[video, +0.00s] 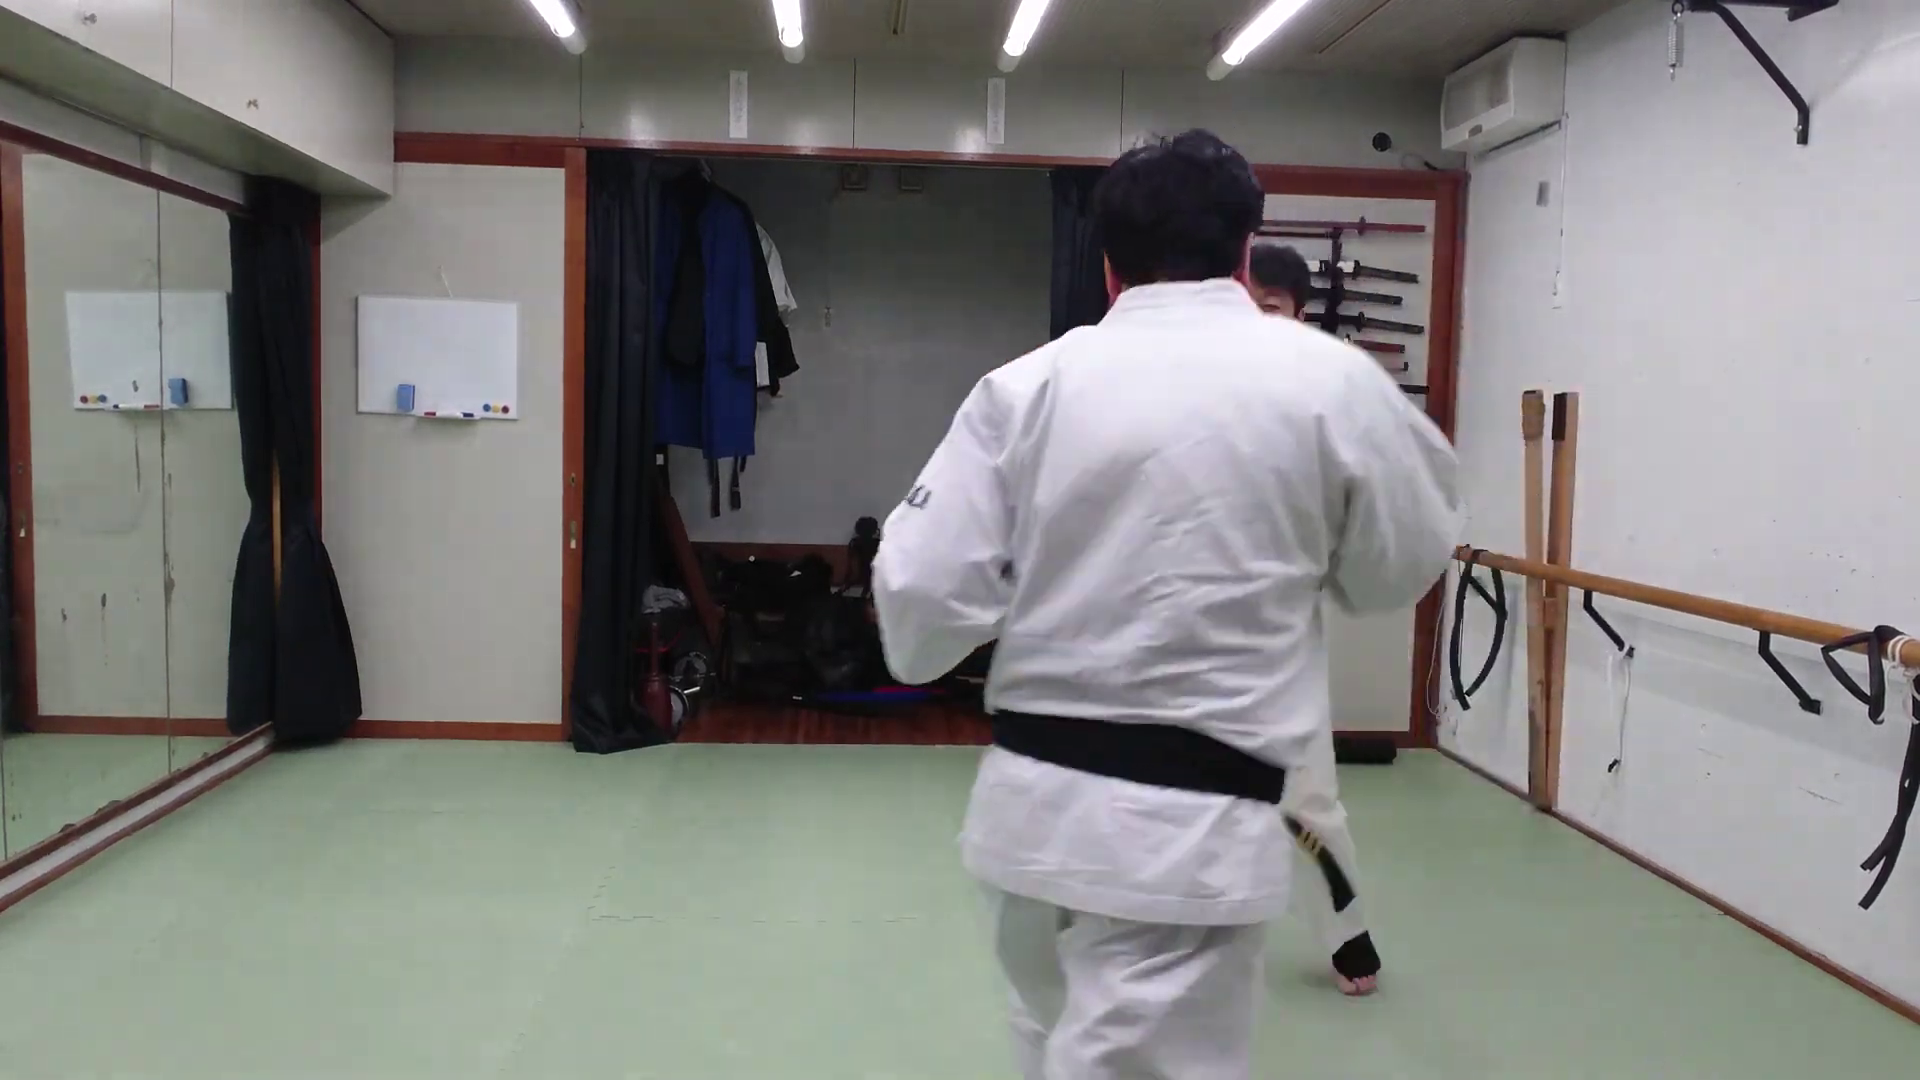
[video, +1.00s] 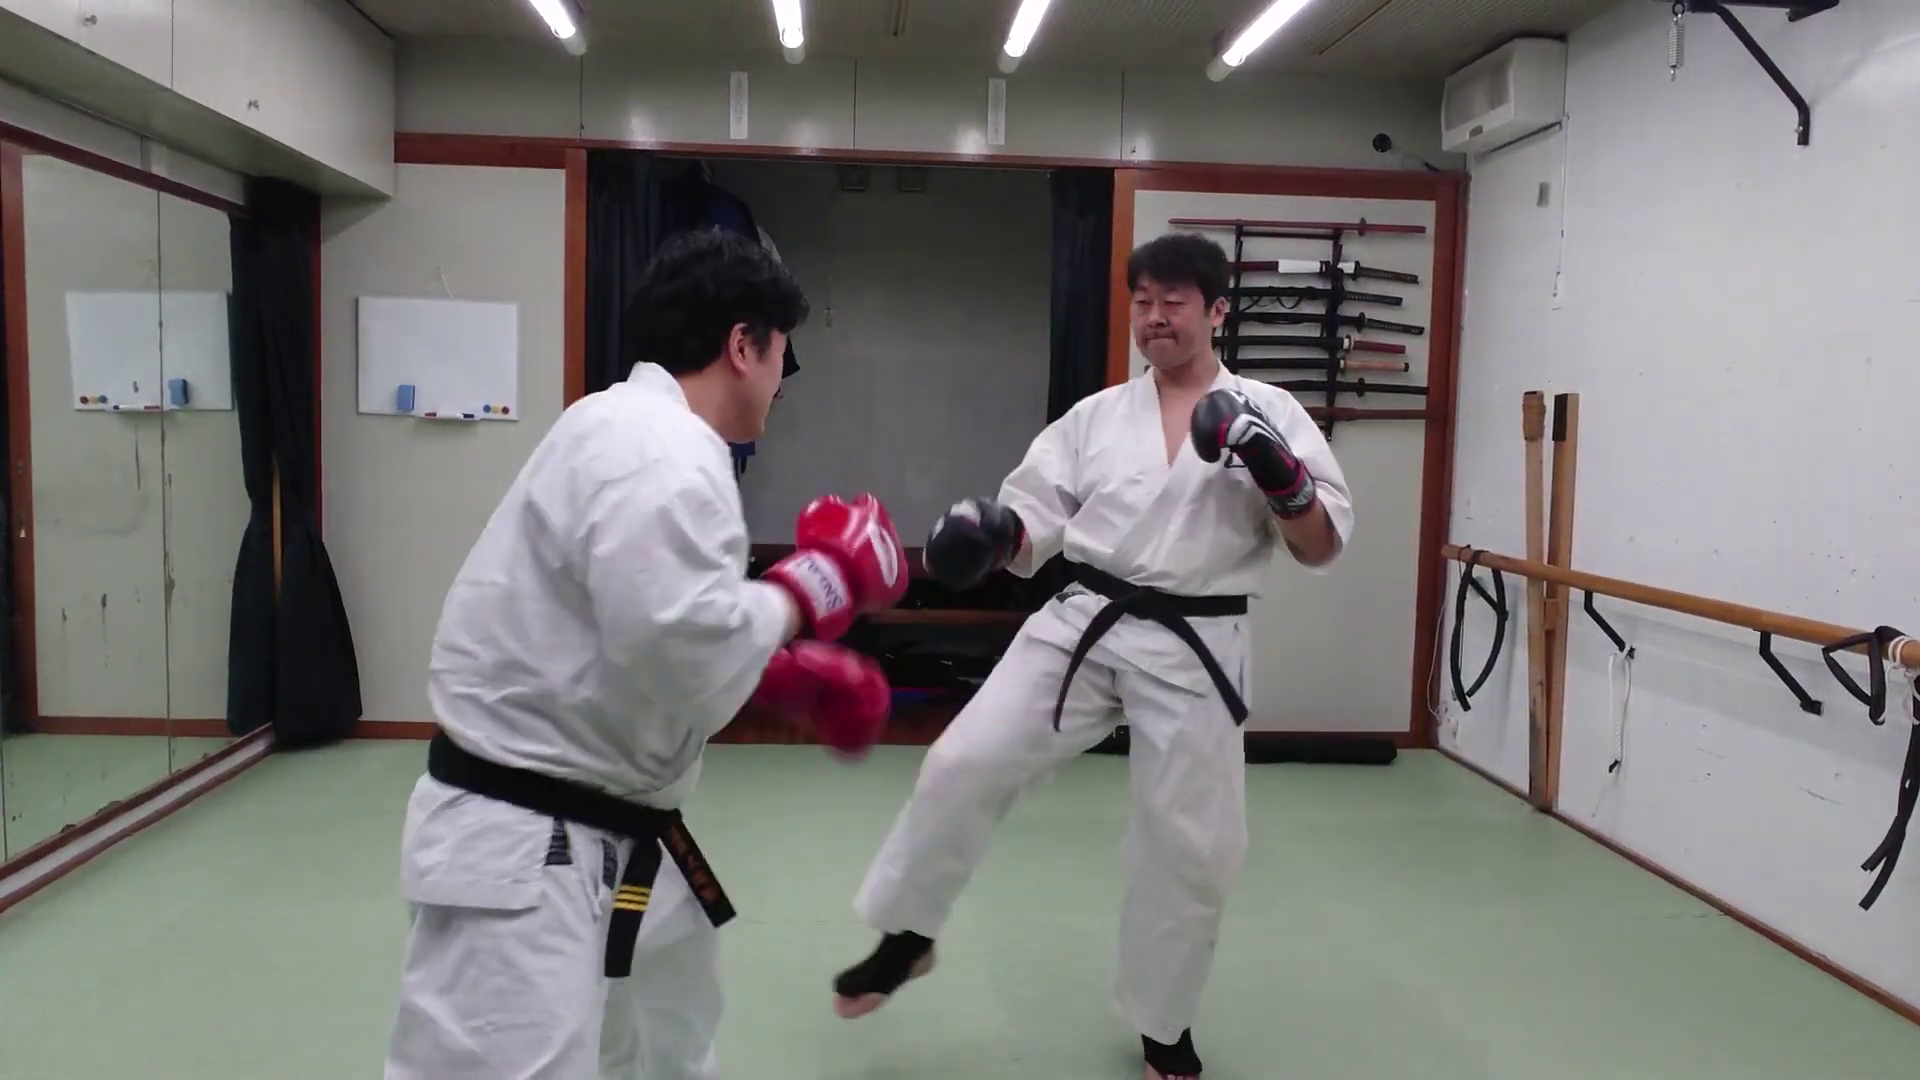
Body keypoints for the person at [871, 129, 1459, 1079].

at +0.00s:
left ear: (1111, 268)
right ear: (1244, 255)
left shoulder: (1033, 384)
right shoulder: (1326, 379)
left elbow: (920, 590)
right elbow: (1397, 567)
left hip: (1031, 813)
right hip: (1199, 830)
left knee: (1049, 1048)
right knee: (1142, 1064)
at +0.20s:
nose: (1175, 244)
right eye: (1175, 224)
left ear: (1023, 220)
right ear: (1155, 230)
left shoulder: (922, 334)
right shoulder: (1205, 349)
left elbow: (825, 514)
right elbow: (1252, 570)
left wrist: (946, 519)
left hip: (902, 757)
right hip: (1065, 793)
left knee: (893, 983)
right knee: (1079, 1059)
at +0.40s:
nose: (1031, 302)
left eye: (1031, 279)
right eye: (1031, 276)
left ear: (900, 264)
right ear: (1009, 277)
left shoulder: (797, 386)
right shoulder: (1009, 396)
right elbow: (1114, 567)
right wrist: (1129, 421)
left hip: (758, 782)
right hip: (892, 812)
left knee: (762, 1054)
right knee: (980, 1061)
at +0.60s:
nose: (904, 282)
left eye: (909, 261)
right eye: (906, 259)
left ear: (790, 234)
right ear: (876, 248)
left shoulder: (708, 338)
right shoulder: (866, 340)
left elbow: (829, 526)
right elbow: (988, 483)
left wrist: (1001, 533)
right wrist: (1016, 341)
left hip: (635, 745)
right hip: (748, 767)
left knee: (706, 1047)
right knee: (797, 1053)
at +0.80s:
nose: (795, 343)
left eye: (800, 314)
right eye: (796, 312)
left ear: (718, 299)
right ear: (749, 301)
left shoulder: (644, 382)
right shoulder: (686, 409)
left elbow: (784, 575)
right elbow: (862, 556)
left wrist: (872, 708)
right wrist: (924, 422)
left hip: (668, 835)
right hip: (556, 842)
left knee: (717, 1063)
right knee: (526, 1064)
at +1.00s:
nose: (783, 383)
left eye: (787, 359)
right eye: (784, 357)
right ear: (741, 345)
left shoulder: (620, 428)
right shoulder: (659, 454)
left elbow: (641, 642)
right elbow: (684, 645)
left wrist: (780, 678)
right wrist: (818, 579)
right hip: (530, 844)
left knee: (674, 1002)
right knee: (504, 1061)